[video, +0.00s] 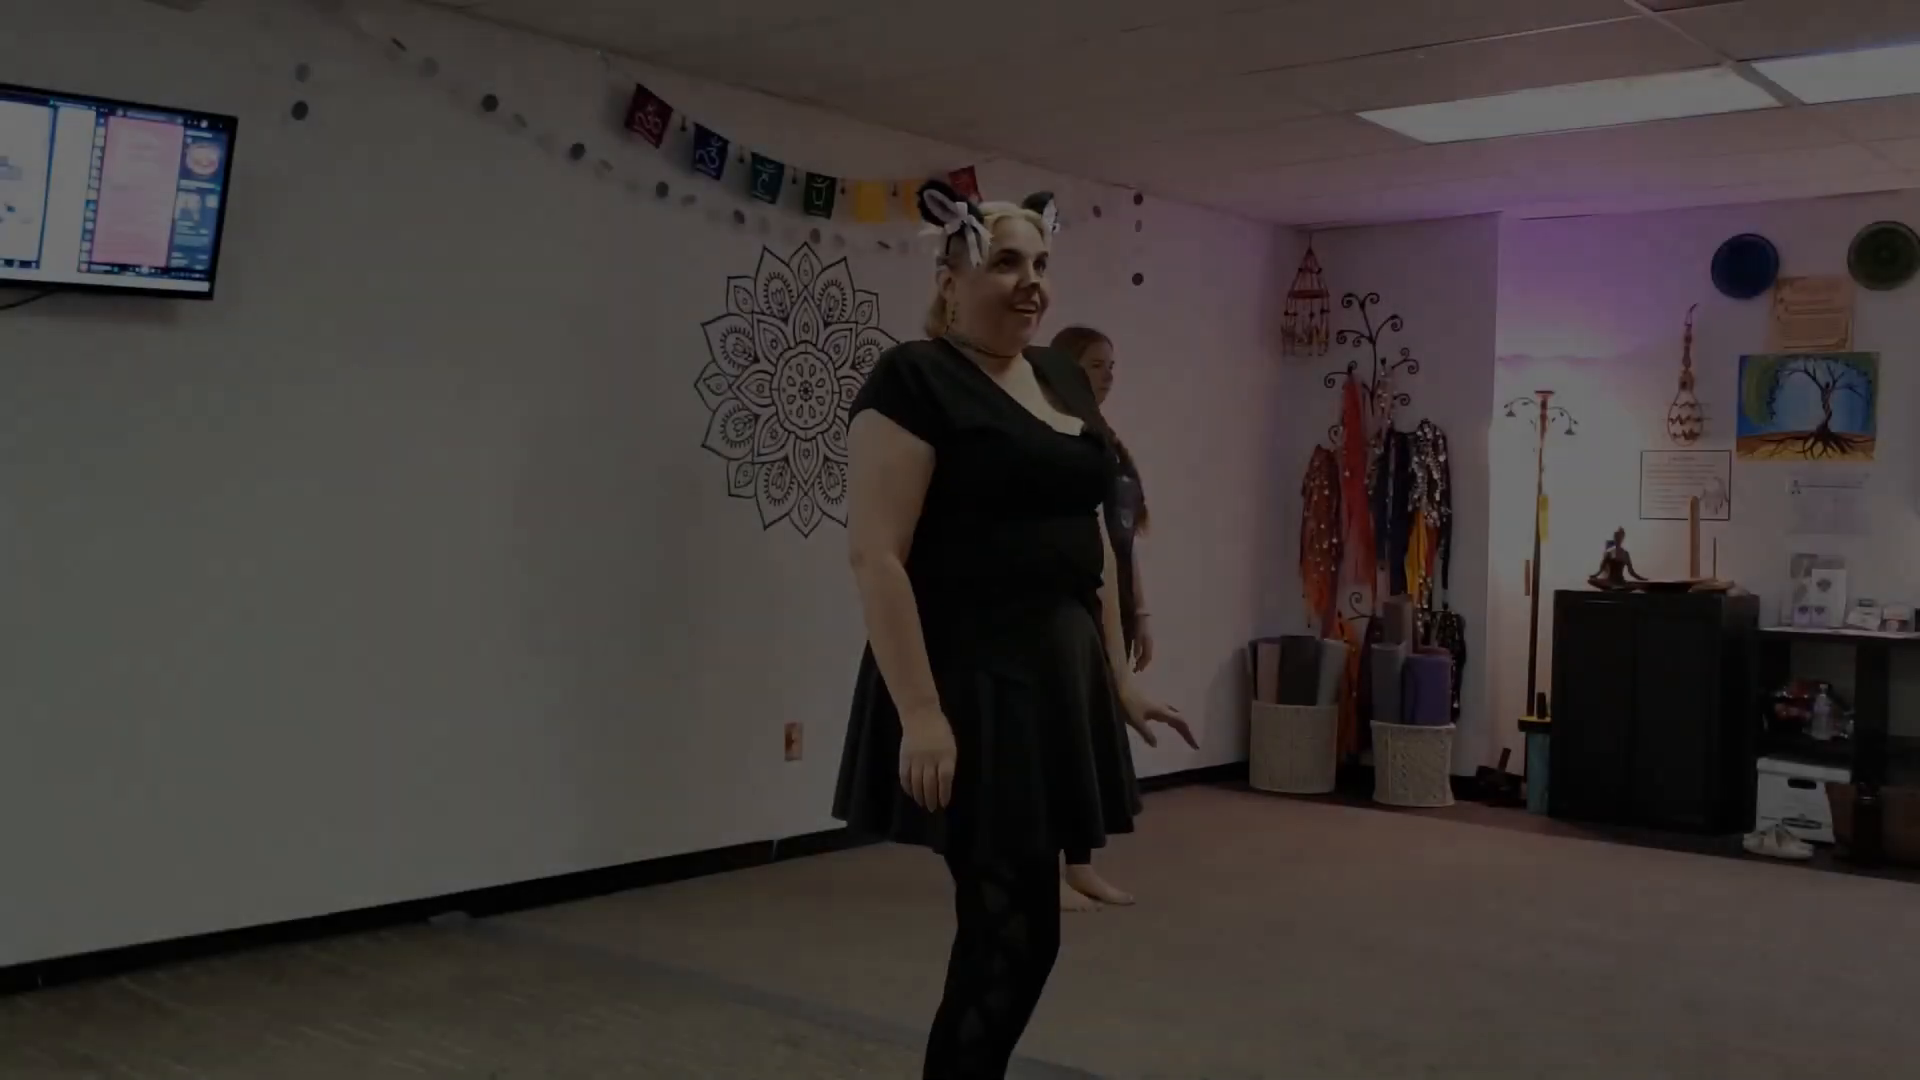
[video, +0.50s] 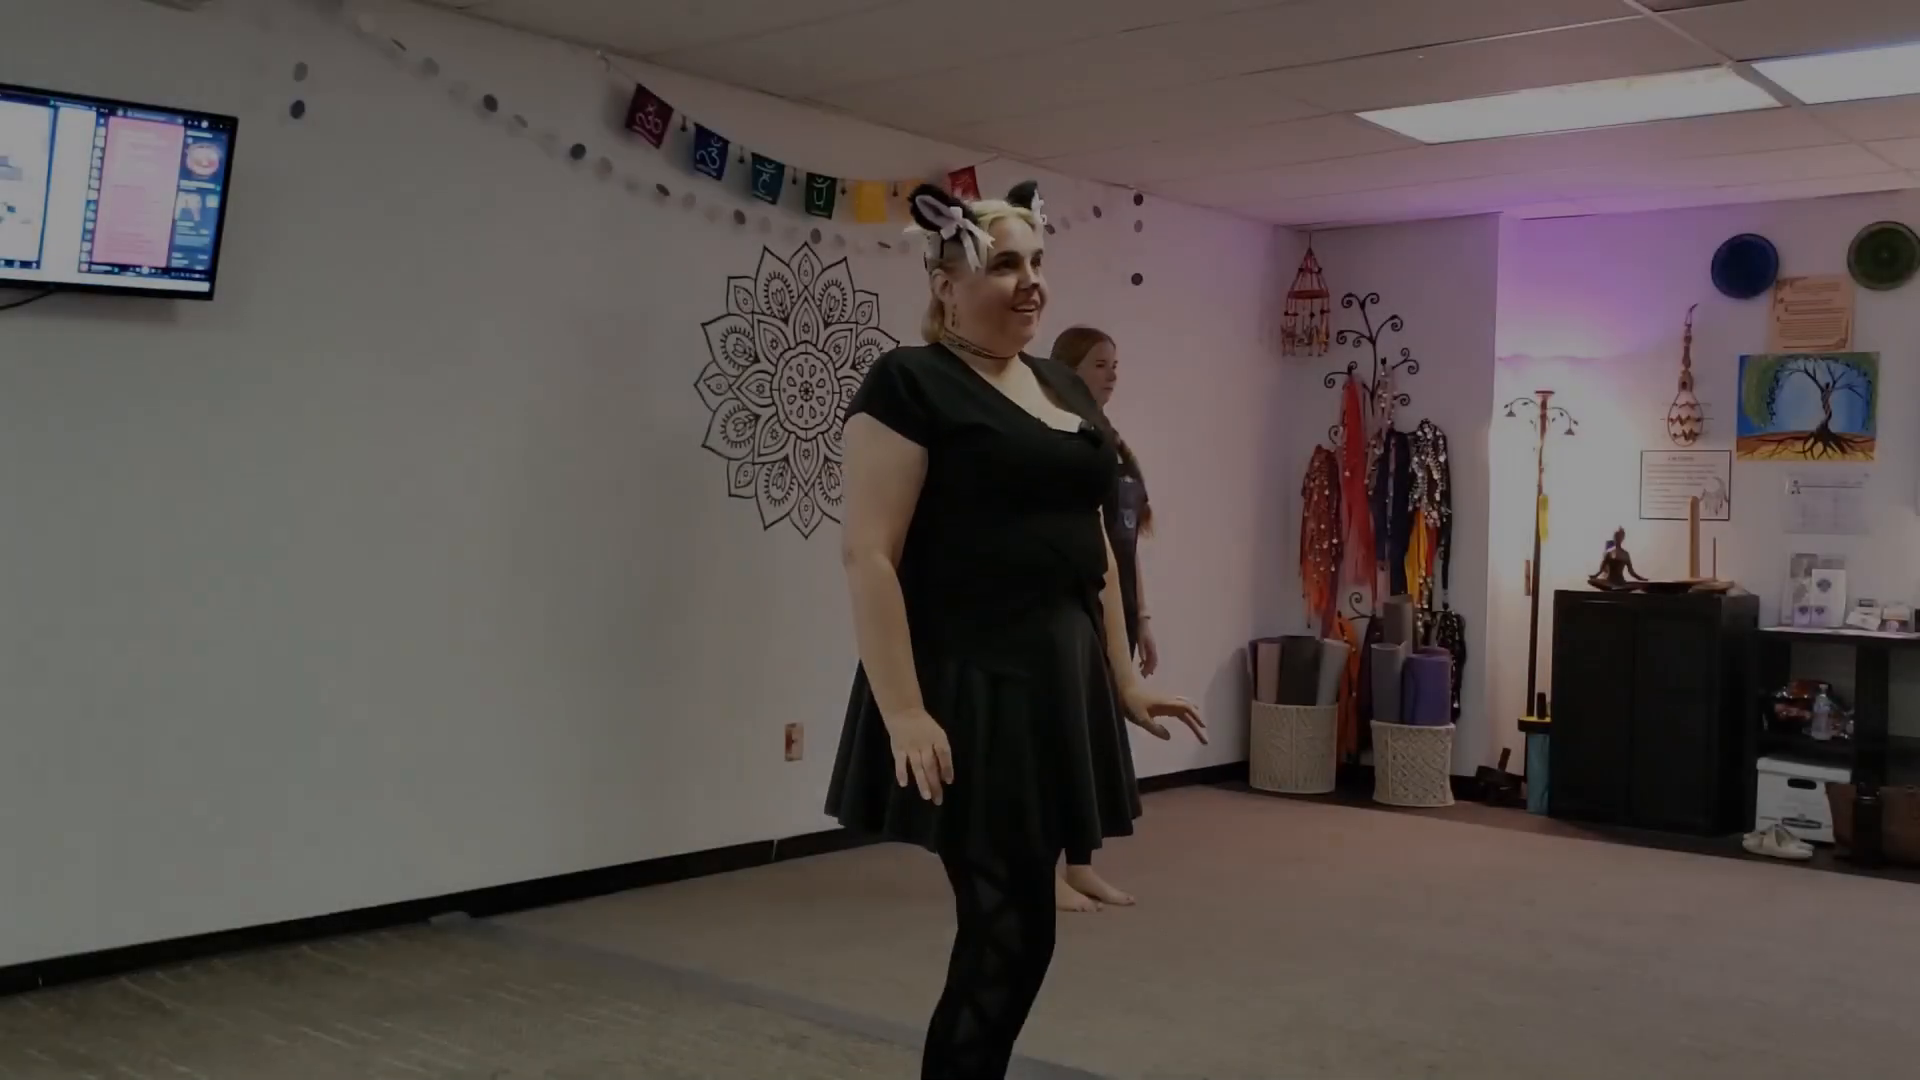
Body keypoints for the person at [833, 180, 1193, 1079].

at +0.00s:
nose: (1032, 281)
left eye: (1042, 265)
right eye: (1008, 263)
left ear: (1049, 278)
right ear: (952, 279)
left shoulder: (1051, 386)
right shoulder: (913, 380)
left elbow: (1089, 553)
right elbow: (875, 556)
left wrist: (1122, 685)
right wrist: (920, 714)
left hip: (1052, 688)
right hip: (969, 693)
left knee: (1013, 937)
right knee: (1009, 940)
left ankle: (967, 1068)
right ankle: (956, 1071)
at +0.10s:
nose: (1033, 279)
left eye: (1040, 262)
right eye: (1008, 261)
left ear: (1048, 275)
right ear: (950, 276)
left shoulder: (1050, 386)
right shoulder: (911, 376)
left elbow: (1089, 545)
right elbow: (874, 553)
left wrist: (1111, 679)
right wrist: (915, 711)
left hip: (1051, 685)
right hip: (966, 689)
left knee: (1010, 935)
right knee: (1009, 939)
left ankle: (966, 1067)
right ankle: (955, 1071)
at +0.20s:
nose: (1030, 278)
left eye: (1038, 261)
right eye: (1004, 260)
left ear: (1046, 275)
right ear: (948, 279)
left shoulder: (1054, 384)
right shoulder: (910, 376)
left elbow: (1093, 543)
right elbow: (873, 551)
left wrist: (1110, 674)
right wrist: (909, 708)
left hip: (1052, 684)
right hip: (965, 687)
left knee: (1011, 938)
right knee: (1004, 942)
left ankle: (967, 1067)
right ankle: (953, 1071)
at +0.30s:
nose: (1029, 277)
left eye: (1038, 261)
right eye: (1004, 260)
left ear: (1046, 277)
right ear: (950, 278)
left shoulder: (1058, 382)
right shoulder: (911, 374)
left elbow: (1096, 539)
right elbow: (872, 549)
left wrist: (1115, 672)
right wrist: (907, 708)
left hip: (1054, 682)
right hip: (964, 685)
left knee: (1009, 938)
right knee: (1006, 941)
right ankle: (952, 1072)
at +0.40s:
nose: (1030, 279)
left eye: (1038, 262)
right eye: (1004, 262)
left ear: (1046, 276)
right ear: (947, 282)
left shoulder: (1058, 380)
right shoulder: (909, 376)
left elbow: (1095, 543)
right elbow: (870, 552)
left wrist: (1122, 678)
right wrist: (904, 707)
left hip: (1052, 684)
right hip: (961, 689)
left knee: (1005, 939)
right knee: (1010, 941)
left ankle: (965, 1067)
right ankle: (955, 1070)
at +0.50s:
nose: (1031, 282)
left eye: (1039, 264)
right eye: (1005, 265)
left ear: (1046, 277)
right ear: (947, 286)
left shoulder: (1056, 388)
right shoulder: (908, 383)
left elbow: (1093, 549)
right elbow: (868, 554)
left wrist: (1127, 683)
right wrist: (903, 712)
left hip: (1051, 688)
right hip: (960, 692)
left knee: (1004, 941)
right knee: (1011, 943)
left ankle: (964, 1068)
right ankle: (954, 1070)